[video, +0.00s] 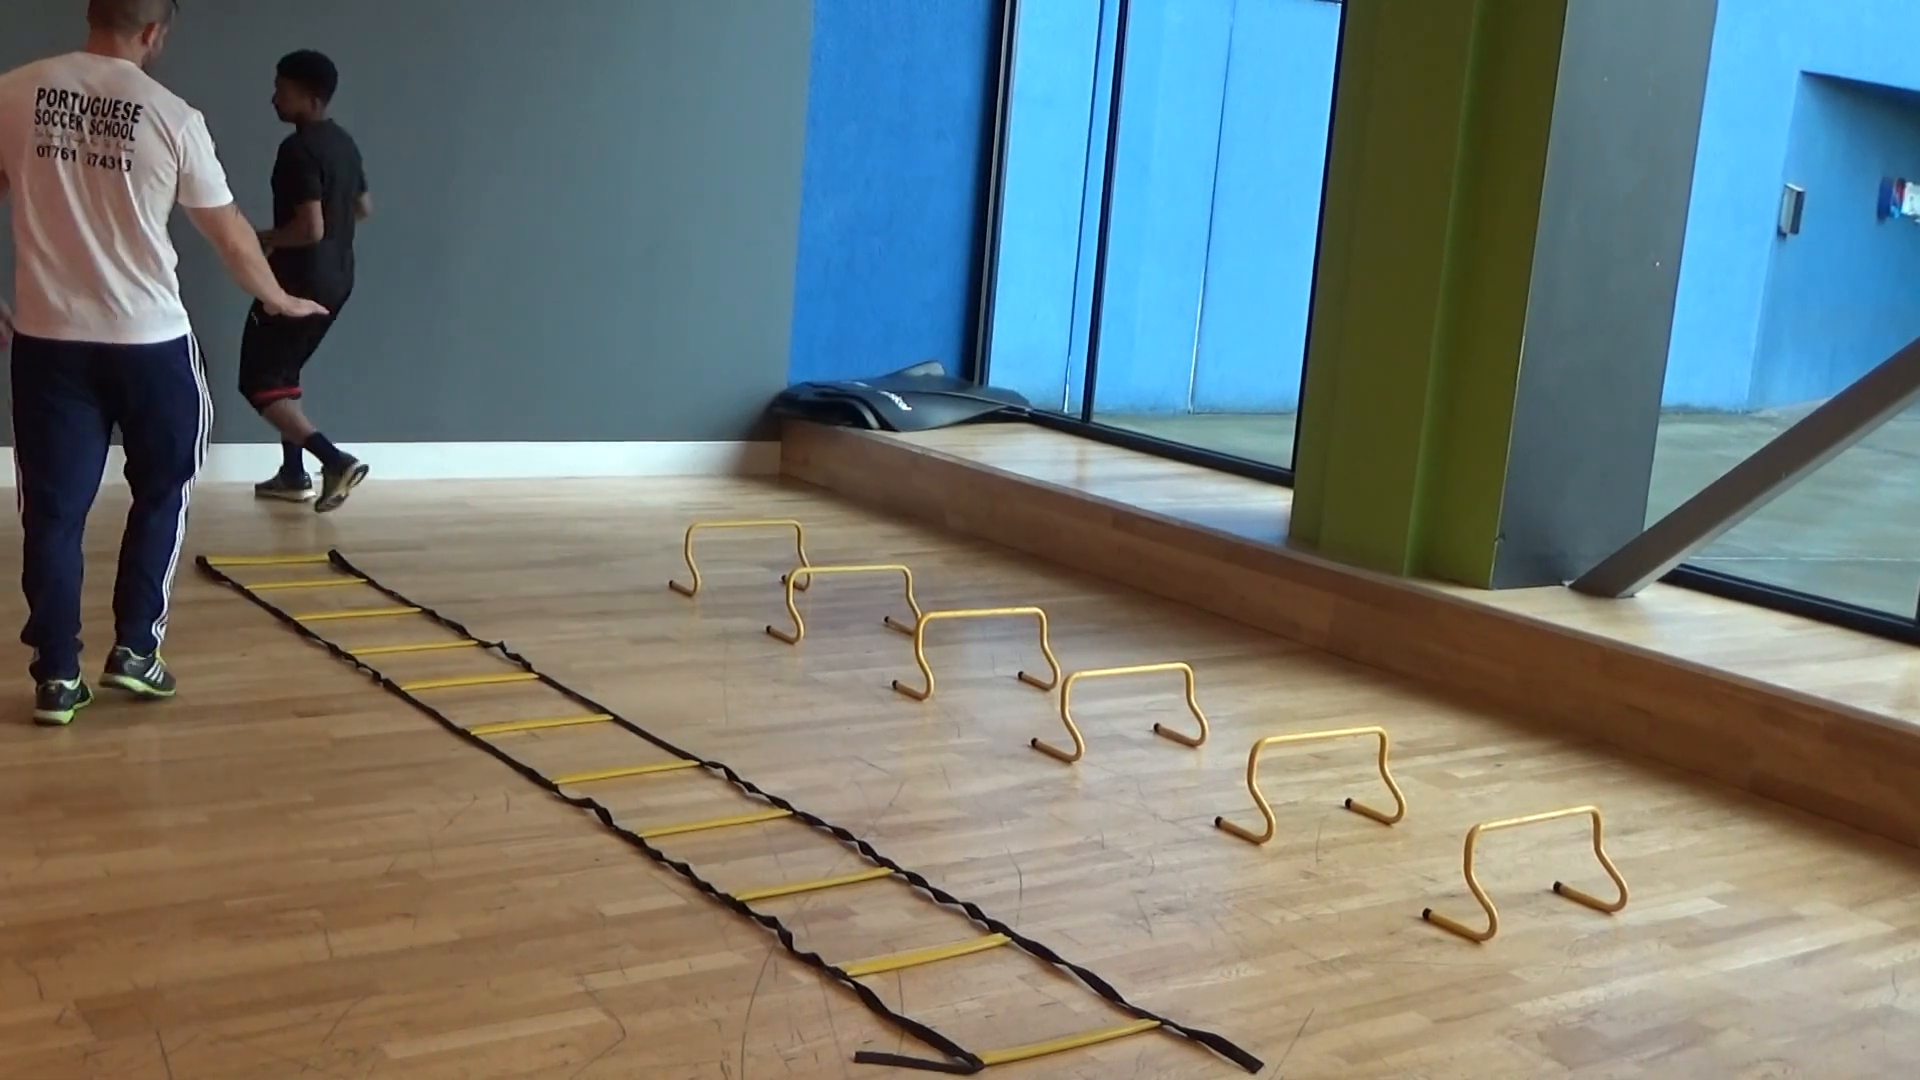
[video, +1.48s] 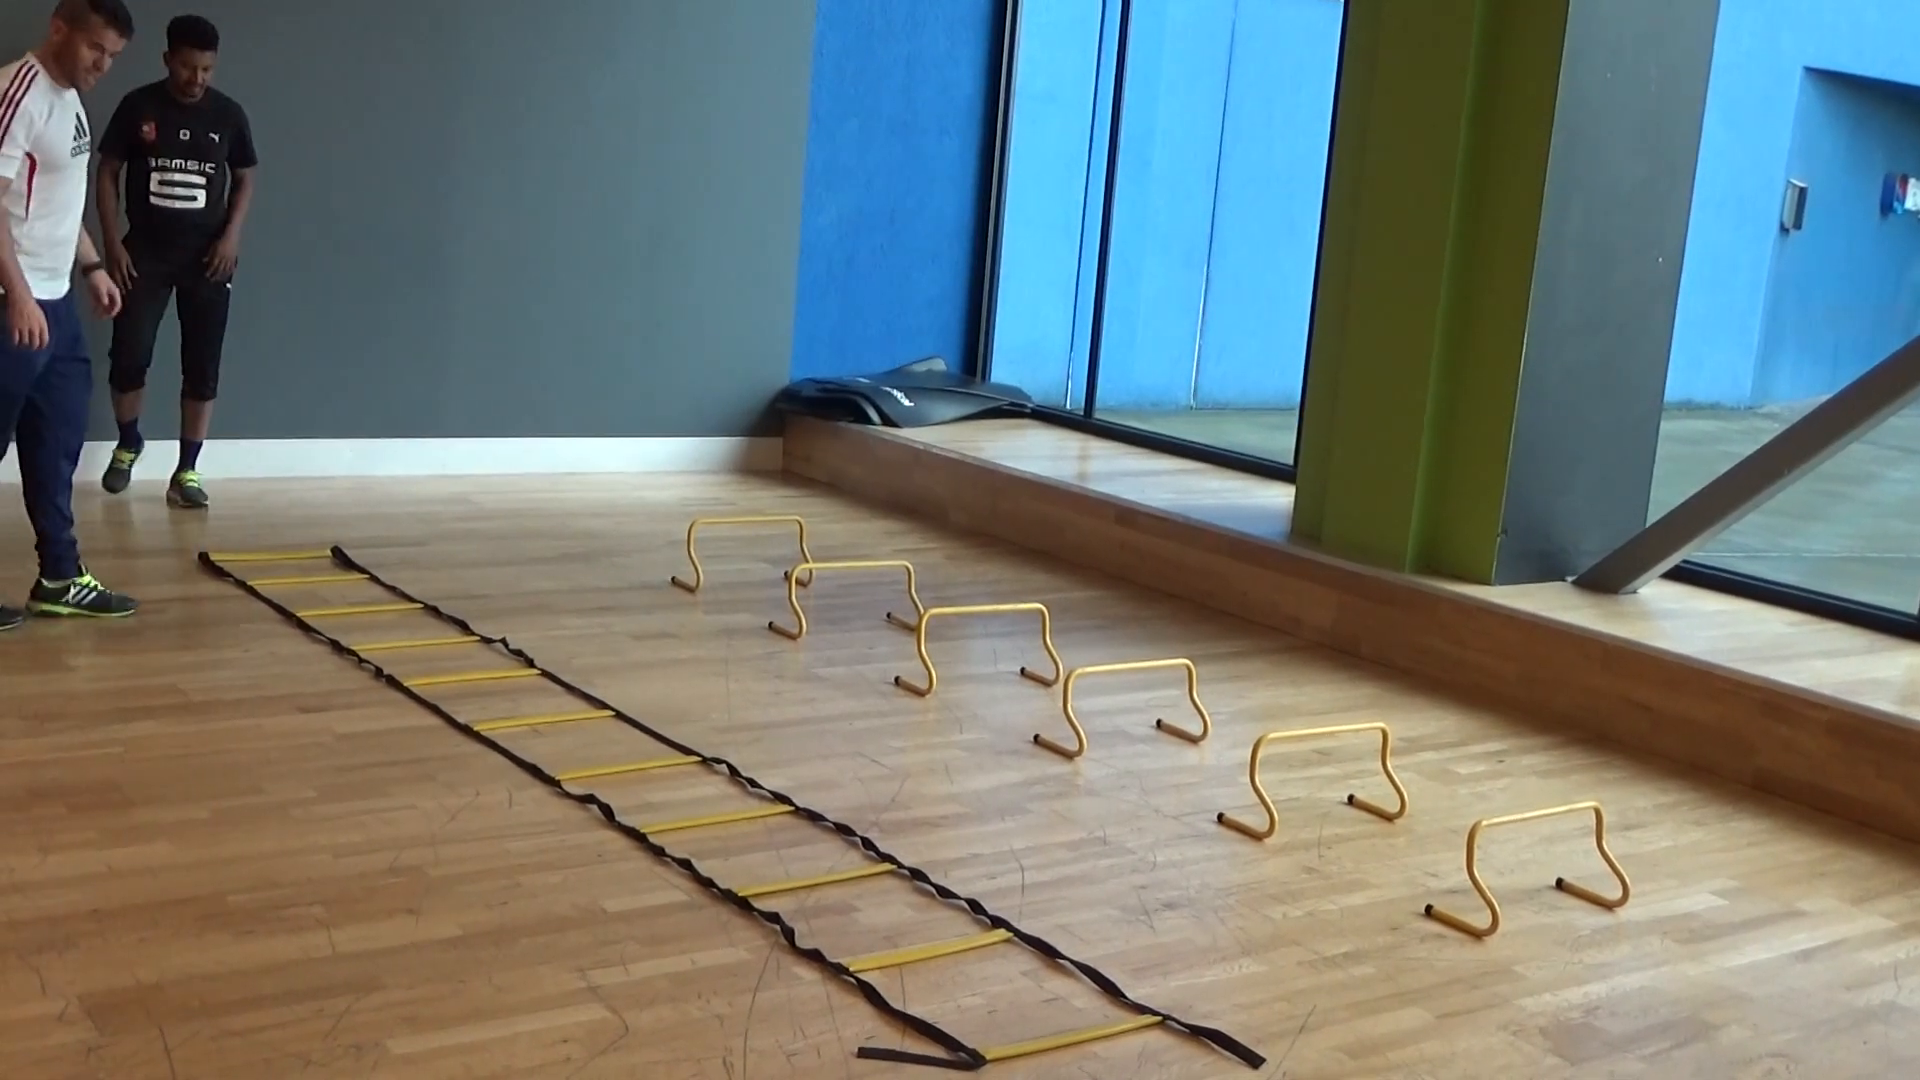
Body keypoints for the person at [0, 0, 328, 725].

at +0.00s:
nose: (162, 47)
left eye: (161, 33)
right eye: (163, 33)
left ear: (88, 19)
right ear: (150, 31)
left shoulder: (15, 89)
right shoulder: (173, 119)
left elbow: (11, 186)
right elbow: (229, 234)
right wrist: (279, 299)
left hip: (45, 337)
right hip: (148, 340)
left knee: (53, 508)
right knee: (163, 490)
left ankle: (56, 676)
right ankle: (136, 650)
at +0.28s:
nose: (197, 65)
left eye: (199, 55)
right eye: (200, 57)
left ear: (130, 34)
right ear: (183, 55)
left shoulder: (51, 100)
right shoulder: (200, 133)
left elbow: (21, 202)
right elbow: (247, 244)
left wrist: (31, 276)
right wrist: (291, 312)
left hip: (71, 333)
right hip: (168, 338)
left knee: (66, 481)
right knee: (173, 483)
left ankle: (62, 637)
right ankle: (168, 628)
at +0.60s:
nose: (222, 81)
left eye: (226, 72)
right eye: (227, 71)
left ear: (167, 38)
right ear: (214, 61)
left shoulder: (72, 93)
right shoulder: (208, 132)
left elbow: (39, 200)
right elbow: (232, 246)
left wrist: (17, 282)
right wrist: (255, 315)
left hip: (94, 317)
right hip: (174, 327)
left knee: (100, 439)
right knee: (175, 472)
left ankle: (77, 578)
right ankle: (169, 625)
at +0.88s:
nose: (188, 93)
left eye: (194, 82)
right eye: (193, 80)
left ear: (145, 44)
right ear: (177, 60)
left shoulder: (63, 92)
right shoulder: (136, 111)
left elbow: (64, 204)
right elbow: (147, 226)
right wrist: (196, 319)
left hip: (66, 301)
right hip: (127, 305)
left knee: (81, 439)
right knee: (171, 449)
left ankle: (63, 586)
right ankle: (166, 610)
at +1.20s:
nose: (145, 60)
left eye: (152, 52)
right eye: (139, 45)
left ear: (141, 54)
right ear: (98, 29)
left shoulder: (90, 101)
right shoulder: (62, 90)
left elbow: (92, 201)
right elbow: (32, 190)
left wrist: (145, 257)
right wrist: (50, 292)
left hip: (75, 290)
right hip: (60, 293)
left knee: (62, 431)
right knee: (99, 430)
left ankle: (61, 581)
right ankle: (4, 544)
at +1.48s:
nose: (102, 64)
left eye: (111, 55)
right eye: (96, 48)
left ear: (115, 54)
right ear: (59, 29)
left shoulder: (68, 95)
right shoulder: (19, 94)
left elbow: (57, 198)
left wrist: (92, 266)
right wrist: (16, 291)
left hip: (55, 302)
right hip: (13, 306)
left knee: (56, 435)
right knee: (7, 441)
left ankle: (60, 575)